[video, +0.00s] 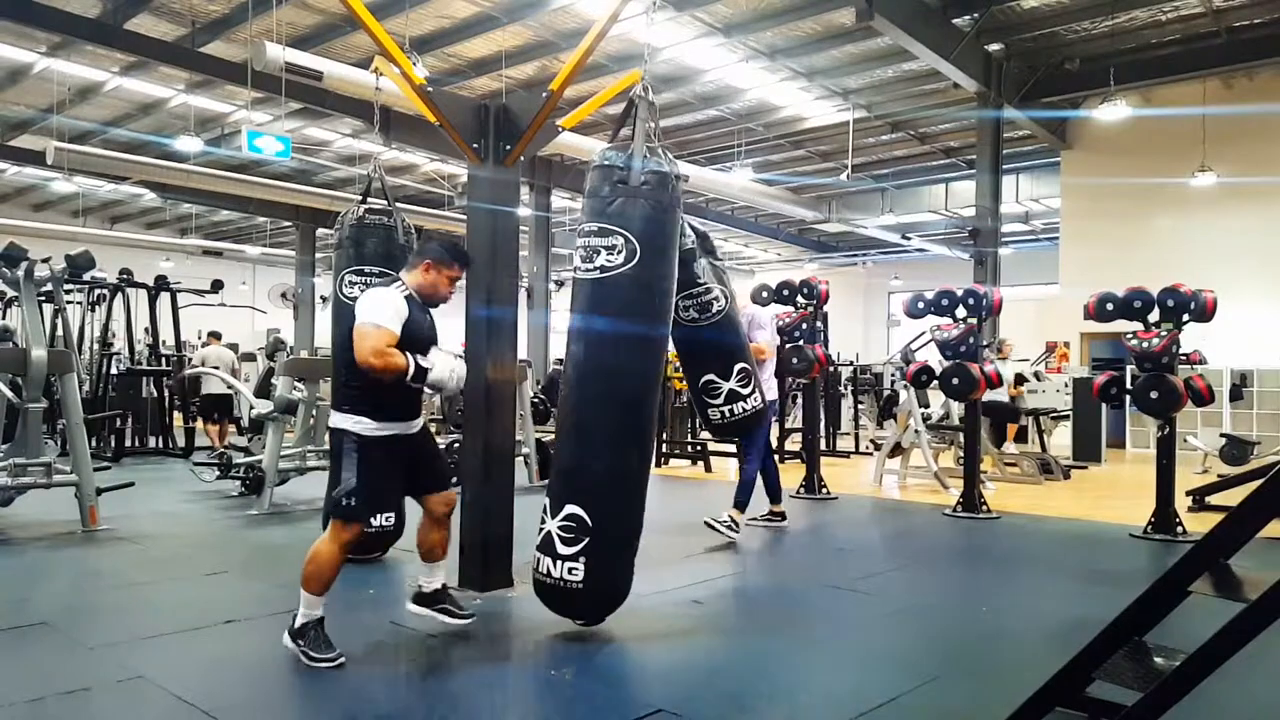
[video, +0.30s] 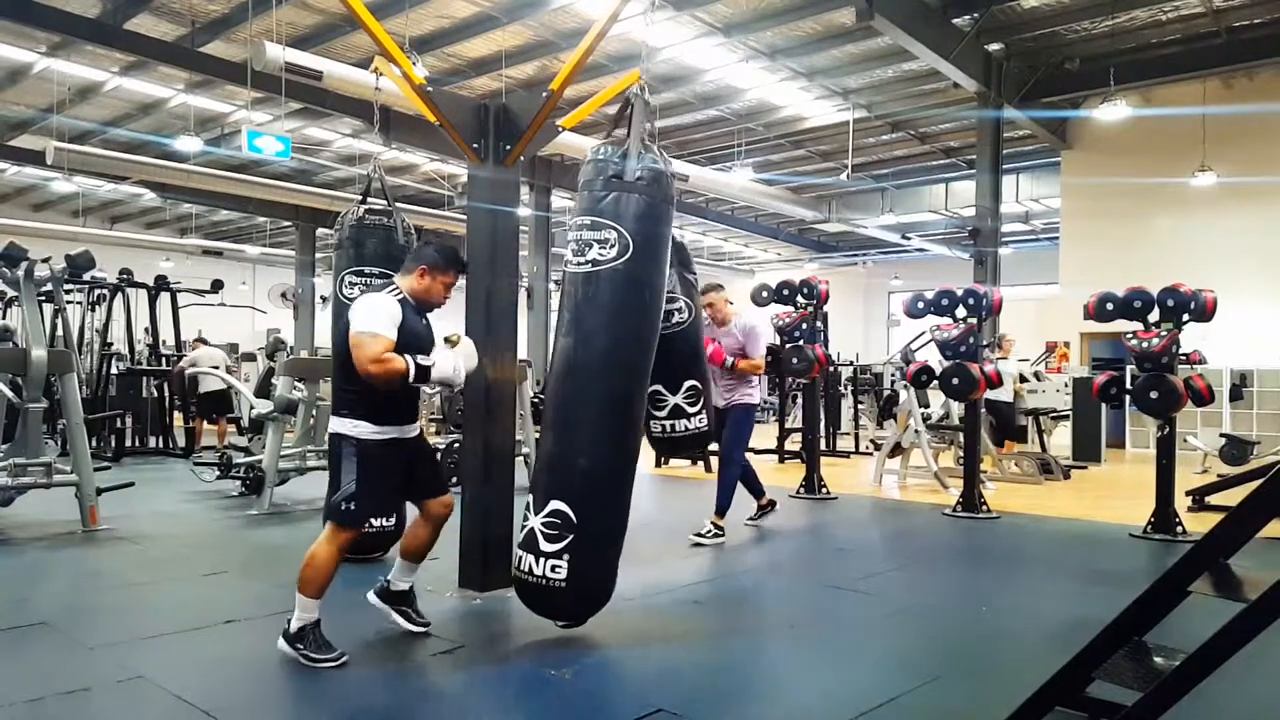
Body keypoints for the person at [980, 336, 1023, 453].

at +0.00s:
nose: (1010, 349)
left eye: (1010, 346)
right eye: (1007, 346)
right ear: (1000, 348)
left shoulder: (1009, 364)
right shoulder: (990, 363)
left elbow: (1009, 389)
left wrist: (1016, 392)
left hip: (1004, 400)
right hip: (988, 399)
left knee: (1001, 432)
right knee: (1014, 412)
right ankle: (1009, 443)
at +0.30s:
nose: (1011, 345)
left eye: (1012, 342)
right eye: (1007, 342)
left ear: (1013, 345)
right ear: (1000, 344)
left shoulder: (1013, 362)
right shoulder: (992, 359)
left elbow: (1015, 382)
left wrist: (1018, 387)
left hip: (1008, 398)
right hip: (993, 397)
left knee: (1001, 433)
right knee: (1010, 427)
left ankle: (998, 462)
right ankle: (1008, 459)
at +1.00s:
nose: (1014, 343)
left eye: (1016, 340)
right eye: (1011, 340)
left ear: (1020, 343)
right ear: (1005, 343)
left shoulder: (1026, 361)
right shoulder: (998, 359)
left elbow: (1032, 382)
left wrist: (1026, 386)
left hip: (1019, 400)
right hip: (1001, 400)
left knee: (1020, 437)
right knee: (1003, 436)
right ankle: (1005, 467)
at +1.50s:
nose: (1024, 343)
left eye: (1027, 341)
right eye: (1021, 341)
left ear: (1031, 344)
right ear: (1016, 343)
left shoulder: (1035, 362)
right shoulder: (1010, 359)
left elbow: (1041, 381)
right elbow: (1000, 373)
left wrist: (1036, 387)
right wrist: (1005, 365)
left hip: (1030, 401)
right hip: (1013, 400)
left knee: (1032, 437)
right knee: (1012, 436)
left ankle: (1028, 468)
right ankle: (1006, 468)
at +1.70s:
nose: (1031, 345)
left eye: (1033, 342)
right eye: (1028, 342)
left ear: (1037, 344)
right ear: (1022, 345)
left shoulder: (1038, 362)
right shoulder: (1017, 361)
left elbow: (1042, 379)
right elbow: (1015, 373)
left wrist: (1043, 381)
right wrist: (1023, 360)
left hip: (1036, 398)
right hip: (1020, 399)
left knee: (1033, 437)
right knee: (1017, 437)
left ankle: (1028, 468)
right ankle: (1008, 467)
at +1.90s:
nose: (1042, 349)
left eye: (1044, 346)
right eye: (1040, 345)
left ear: (1043, 347)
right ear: (1032, 345)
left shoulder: (1039, 360)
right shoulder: (1024, 361)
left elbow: (1038, 382)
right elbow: (1039, 373)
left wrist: (1048, 391)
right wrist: (1041, 358)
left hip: (1040, 400)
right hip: (1030, 401)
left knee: (1035, 434)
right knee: (1031, 435)